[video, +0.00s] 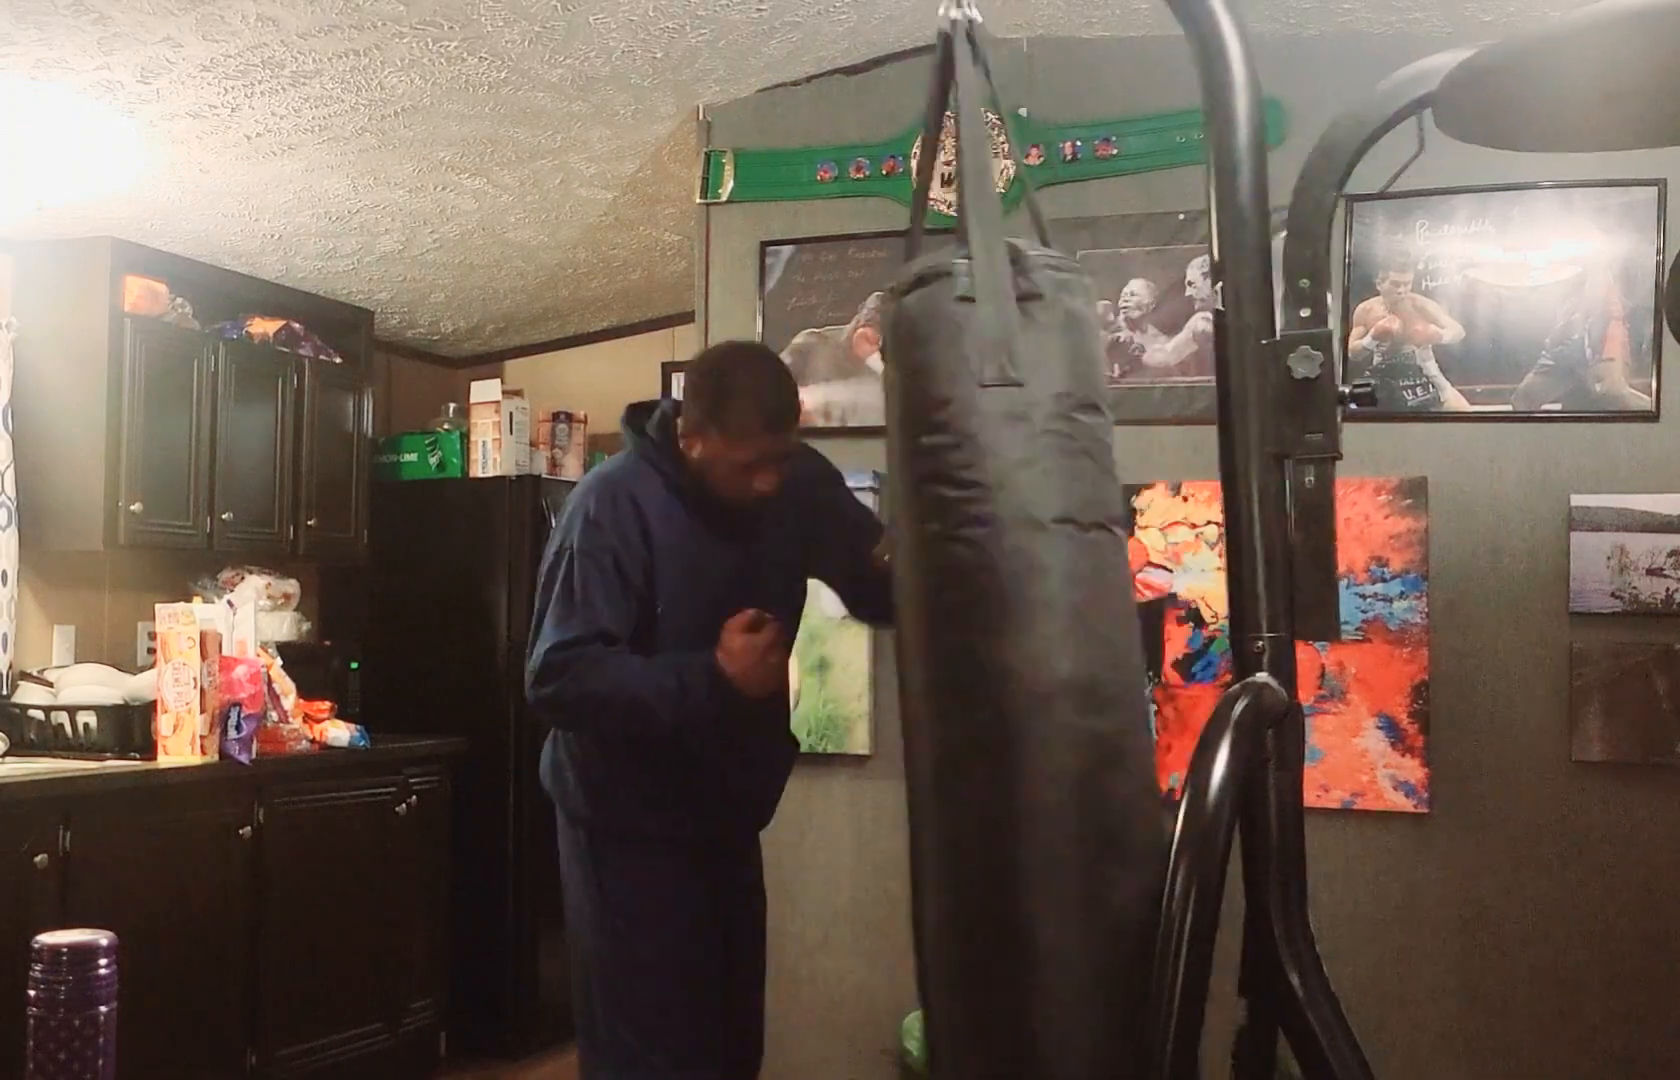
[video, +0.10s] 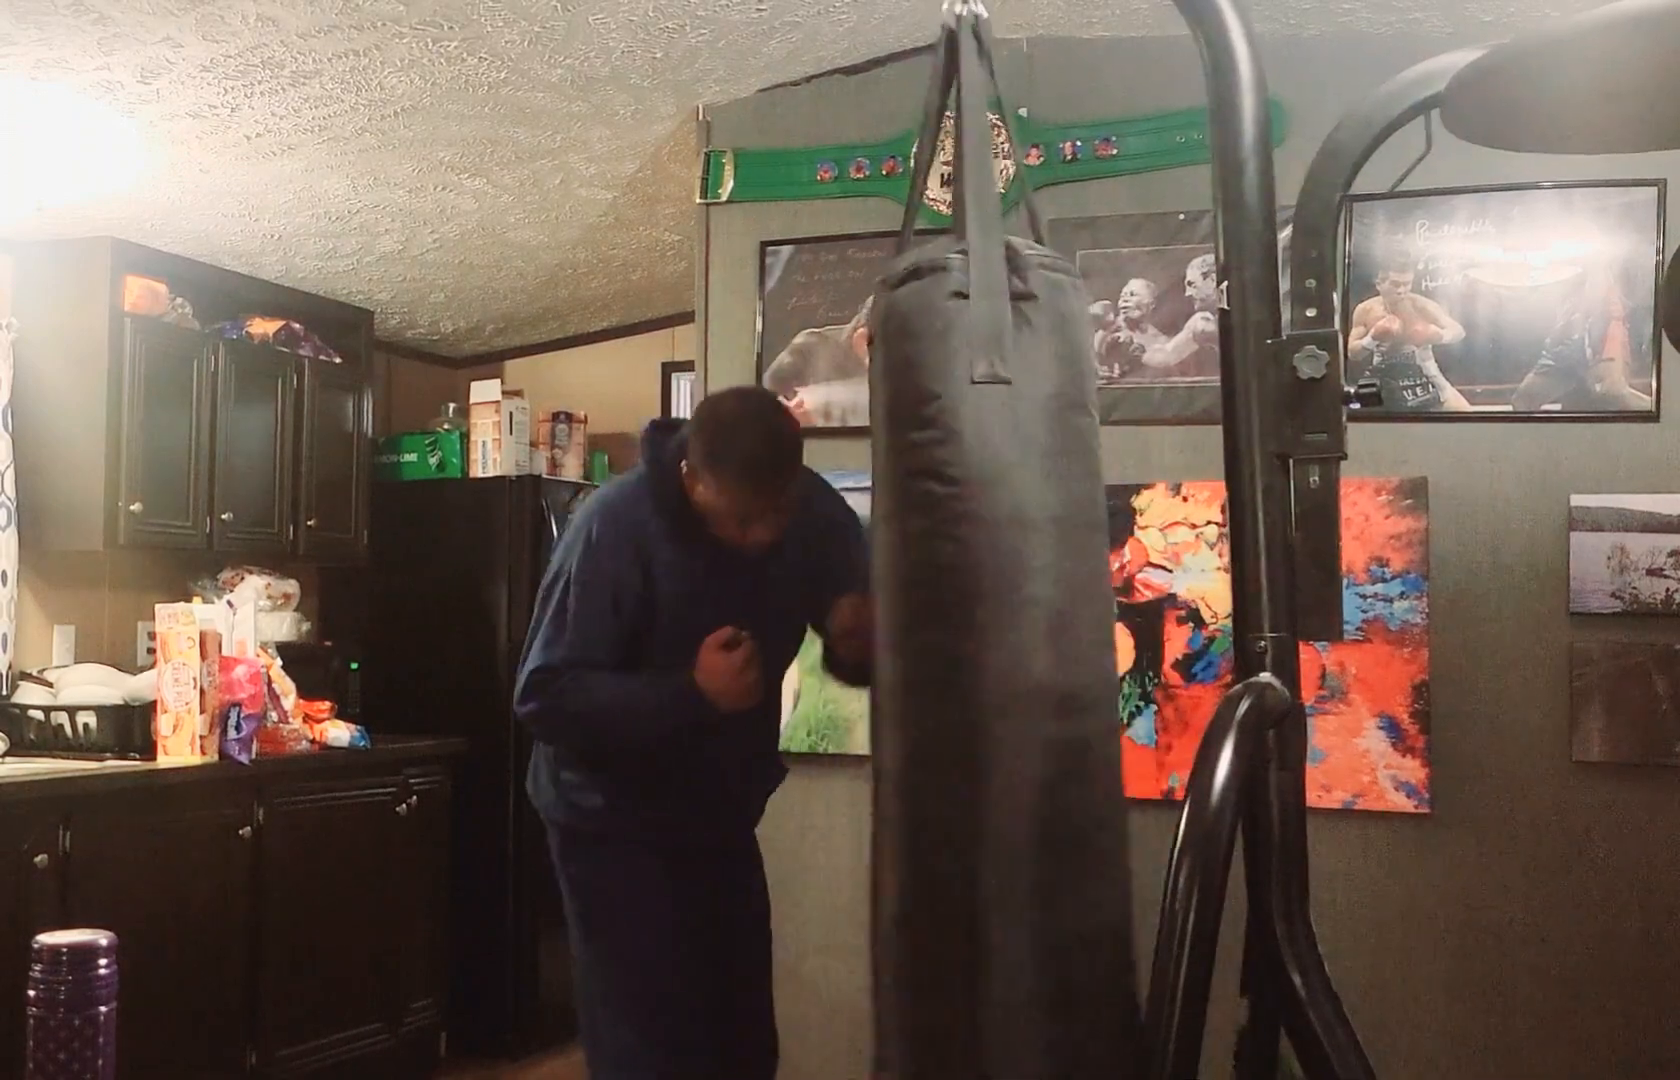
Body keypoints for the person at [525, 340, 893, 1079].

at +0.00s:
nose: (771, 481)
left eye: (782, 460)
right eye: (751, 466)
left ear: (793, 429)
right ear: (691, 438)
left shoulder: (798, 483)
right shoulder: (613, 502)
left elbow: (878, 593)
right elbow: (558, 674)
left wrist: (896, 567)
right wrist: (717, 674)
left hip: (725, 813)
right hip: (620, 817)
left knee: (728, 1037)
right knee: (643, 1041)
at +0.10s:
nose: (763, 536)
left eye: (776, 515)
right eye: (741, 519)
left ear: (793, 476)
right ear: (693, 479)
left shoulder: (812, 511)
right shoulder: (614, 527)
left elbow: (857, 666)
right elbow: (543, 695)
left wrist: (857, 642)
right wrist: (692, 690)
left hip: (720, 808)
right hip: (608, 814)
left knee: (742, 1036)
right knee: (643, 1038)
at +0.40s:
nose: (638, 623)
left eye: (653, 598)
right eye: (613, 608)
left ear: (686, 550)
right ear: (579, 581)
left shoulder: (767, 564)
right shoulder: (534, 613)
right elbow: (490, 769)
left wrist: (739, 660)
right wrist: (585, 761)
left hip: (744, 856)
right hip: (607, 876)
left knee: (737, 1046)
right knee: (615, 1056)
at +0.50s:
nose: (597, 630)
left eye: (615, 606)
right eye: (573, 615)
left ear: (651, 550)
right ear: (541, 583)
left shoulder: (746, 568)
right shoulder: (504, 630)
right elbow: (468, 783)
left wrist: (722, 632)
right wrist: (556, 781)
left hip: (720, 873)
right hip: (586, 892)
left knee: (715, 1055)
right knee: (596, 1060)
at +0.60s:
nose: (592, 616)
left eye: (609, 588)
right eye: (564, 599)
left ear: (640, 534)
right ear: (524, 565)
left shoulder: (724, 555)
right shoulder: (477, 632)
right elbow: (441, 792)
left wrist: (718, 625)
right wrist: (540, 778)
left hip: (692, 863)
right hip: (561, 890)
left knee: (692, 1051)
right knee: (583, 1060)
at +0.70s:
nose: (617, 575)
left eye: (634, 546)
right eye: (587, 556)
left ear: (657, 504)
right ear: (532, 522)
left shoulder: (728, 539)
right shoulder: (476, 601)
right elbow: (443, 799)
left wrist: (731, 632)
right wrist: (551, 733)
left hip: (671, 857)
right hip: (536, 881)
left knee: (675, 1054)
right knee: (567, 1060)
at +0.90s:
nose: (685, 471)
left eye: (696, 448)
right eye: (662, 449)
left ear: (706, 427)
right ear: (584, 426)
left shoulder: (625, 510)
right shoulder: (513, 535)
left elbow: (718, 669)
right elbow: (622, 740)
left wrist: (724, 581)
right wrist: (672, 545)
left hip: (581, 866)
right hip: (510, 882)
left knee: (597, 1054)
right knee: (562, 1064)